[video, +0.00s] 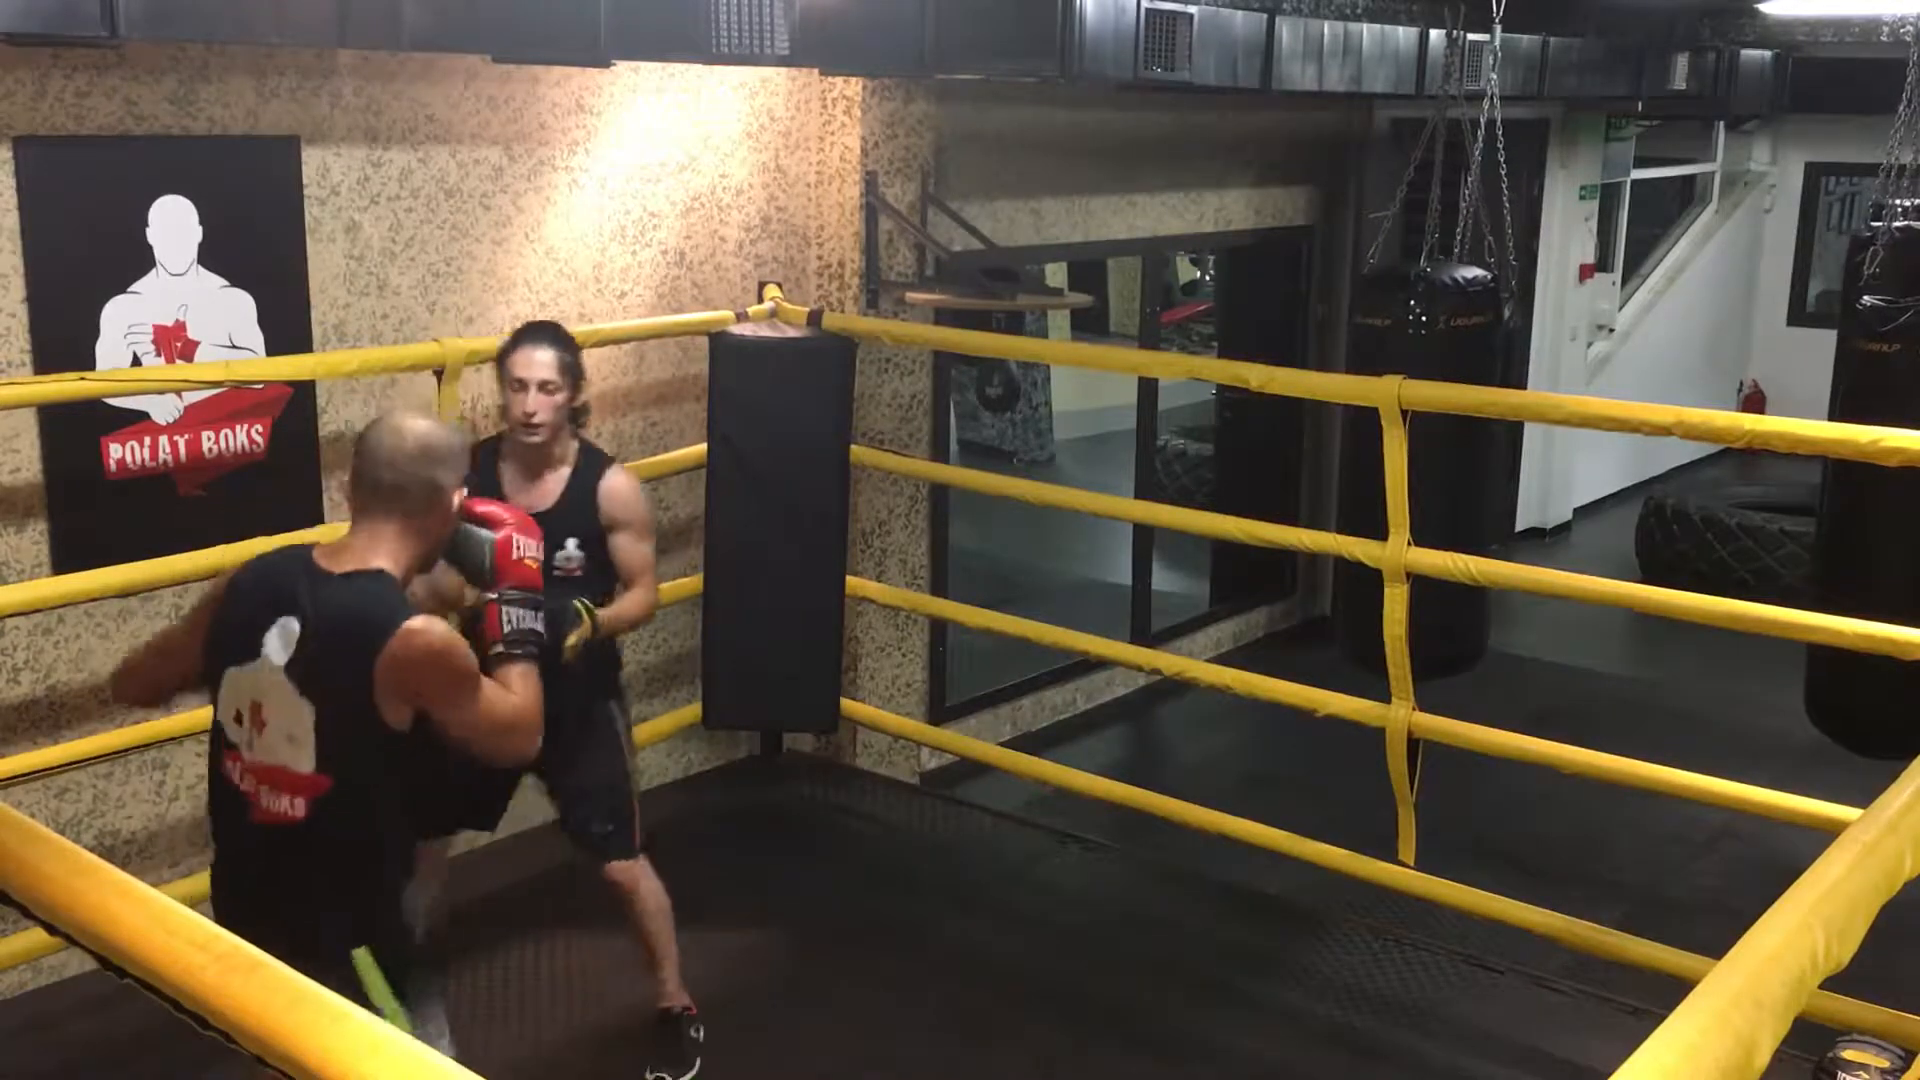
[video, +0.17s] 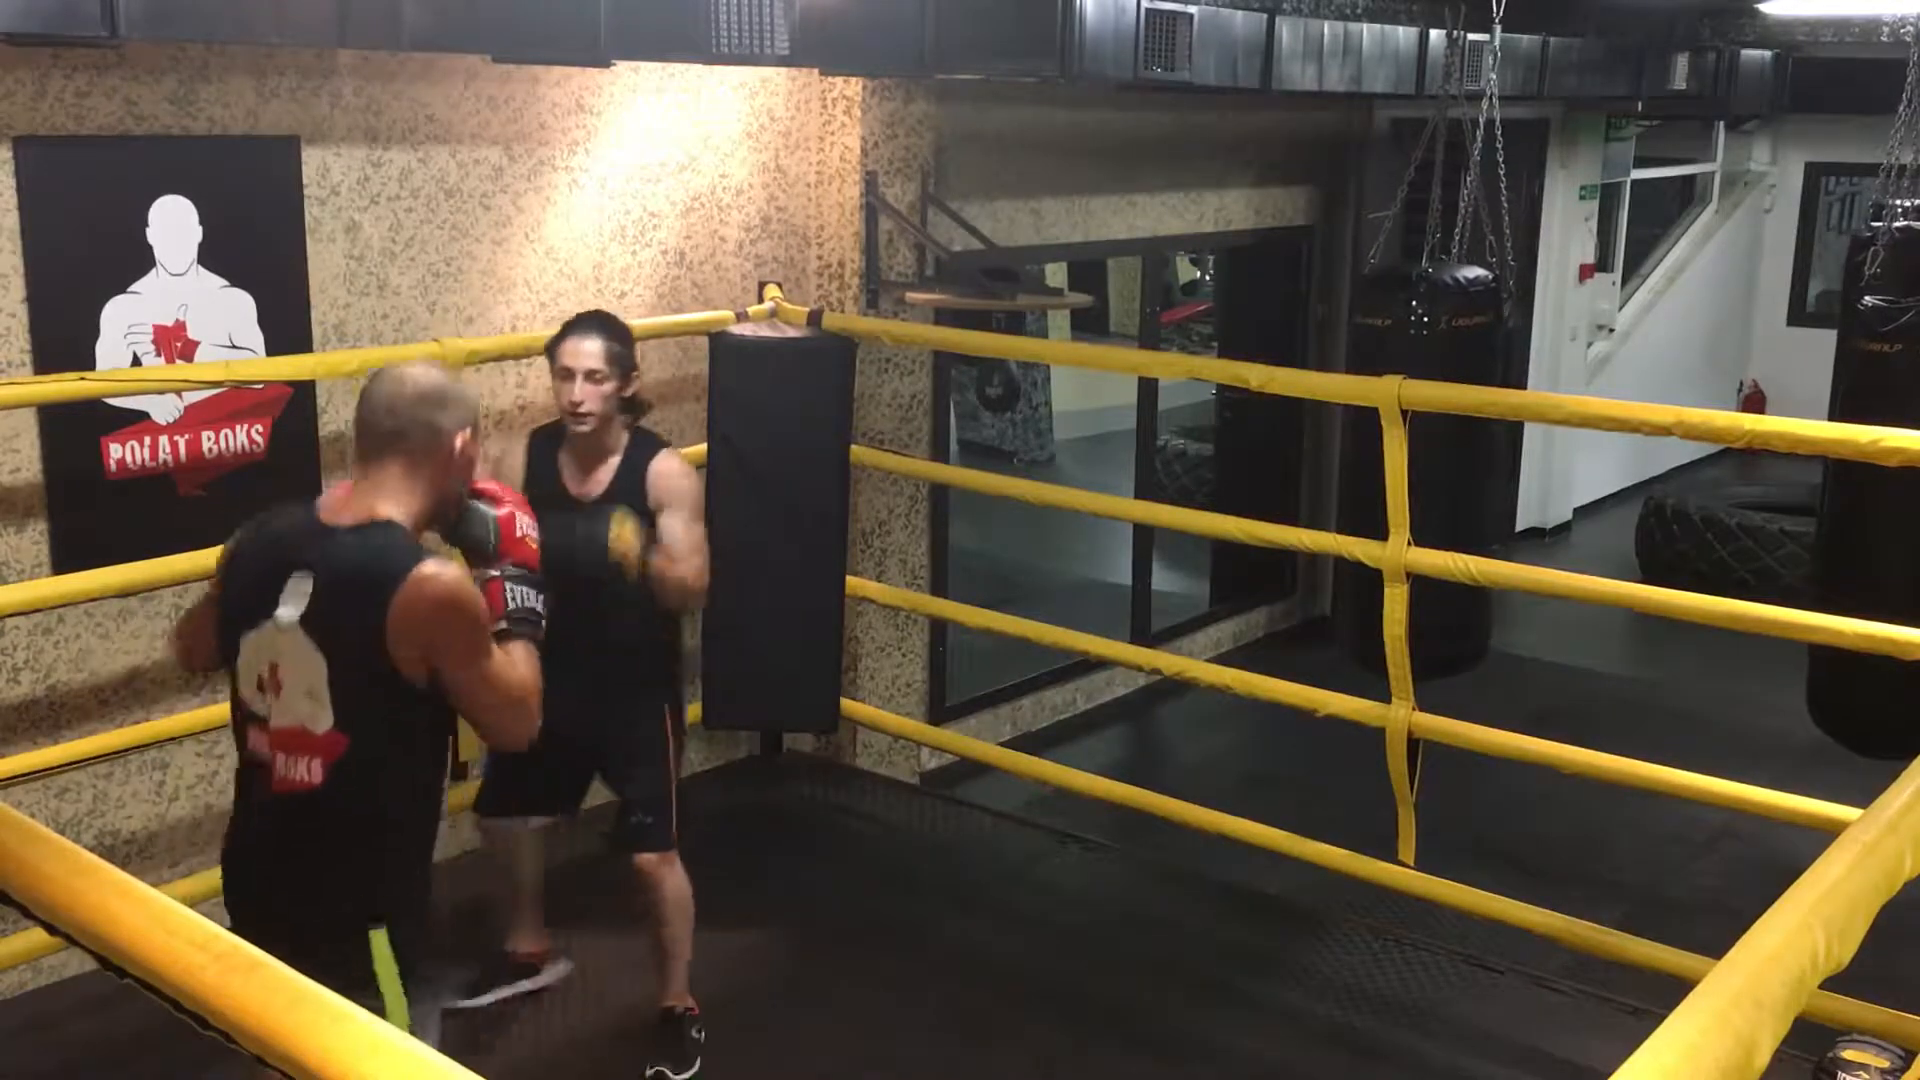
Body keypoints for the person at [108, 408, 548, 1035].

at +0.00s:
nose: (459, 510)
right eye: (461, 499)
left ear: (351, 488)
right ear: (451, 507)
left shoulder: (256, 583)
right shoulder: (416, 644)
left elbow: (136, 683)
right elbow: (518, 733)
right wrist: (513, 605)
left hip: (245, 923)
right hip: (356, 940)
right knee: (415, 1065)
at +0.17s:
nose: (476, 464)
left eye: (476, 444)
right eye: (475, 444)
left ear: (365, 436)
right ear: (456, 449)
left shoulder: (261, 542)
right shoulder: (429, 584)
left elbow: (194, 649)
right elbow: (514, 722)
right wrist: (520, 575)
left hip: (261, 879)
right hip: (365, 895)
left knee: (282, 1055)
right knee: (378, 1064)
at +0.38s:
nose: (512, 478)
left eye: (508, 463)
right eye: (512, 467)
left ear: (398, 452)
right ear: (501, 474)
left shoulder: (308, 556)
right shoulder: (449, 604)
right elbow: (530, 773)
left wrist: (478, 572)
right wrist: (566, 628)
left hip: (286, 901)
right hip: (388, 923)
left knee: (308, 1066)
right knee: (437, 1072)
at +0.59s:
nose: (554, 506)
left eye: (552, 491)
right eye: (555, 493)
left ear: (438, 481)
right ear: (545, 500)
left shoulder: (338, 585)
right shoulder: (518, 642)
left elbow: (259, 748)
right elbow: (568, 819)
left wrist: (378, 712)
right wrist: (601, 713)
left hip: (323, 948)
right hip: (434, 968)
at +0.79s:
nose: (562, 527)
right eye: (564, 513)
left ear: (444, 510)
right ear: (556, 521)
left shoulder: (351, 623)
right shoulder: (568, 663)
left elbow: (283, 755)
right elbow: (662, 736)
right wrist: (640, 597)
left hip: (346, 977)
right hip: (472, 995)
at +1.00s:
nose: (620, 512)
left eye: (622, 497)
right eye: (621, 495)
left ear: (518, 483)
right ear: (605, 503)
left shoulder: (453, 535)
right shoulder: (502, 624)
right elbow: (589, 784)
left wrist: (592, 562)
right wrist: (638, 656)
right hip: (426, 930)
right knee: (501, 1070)